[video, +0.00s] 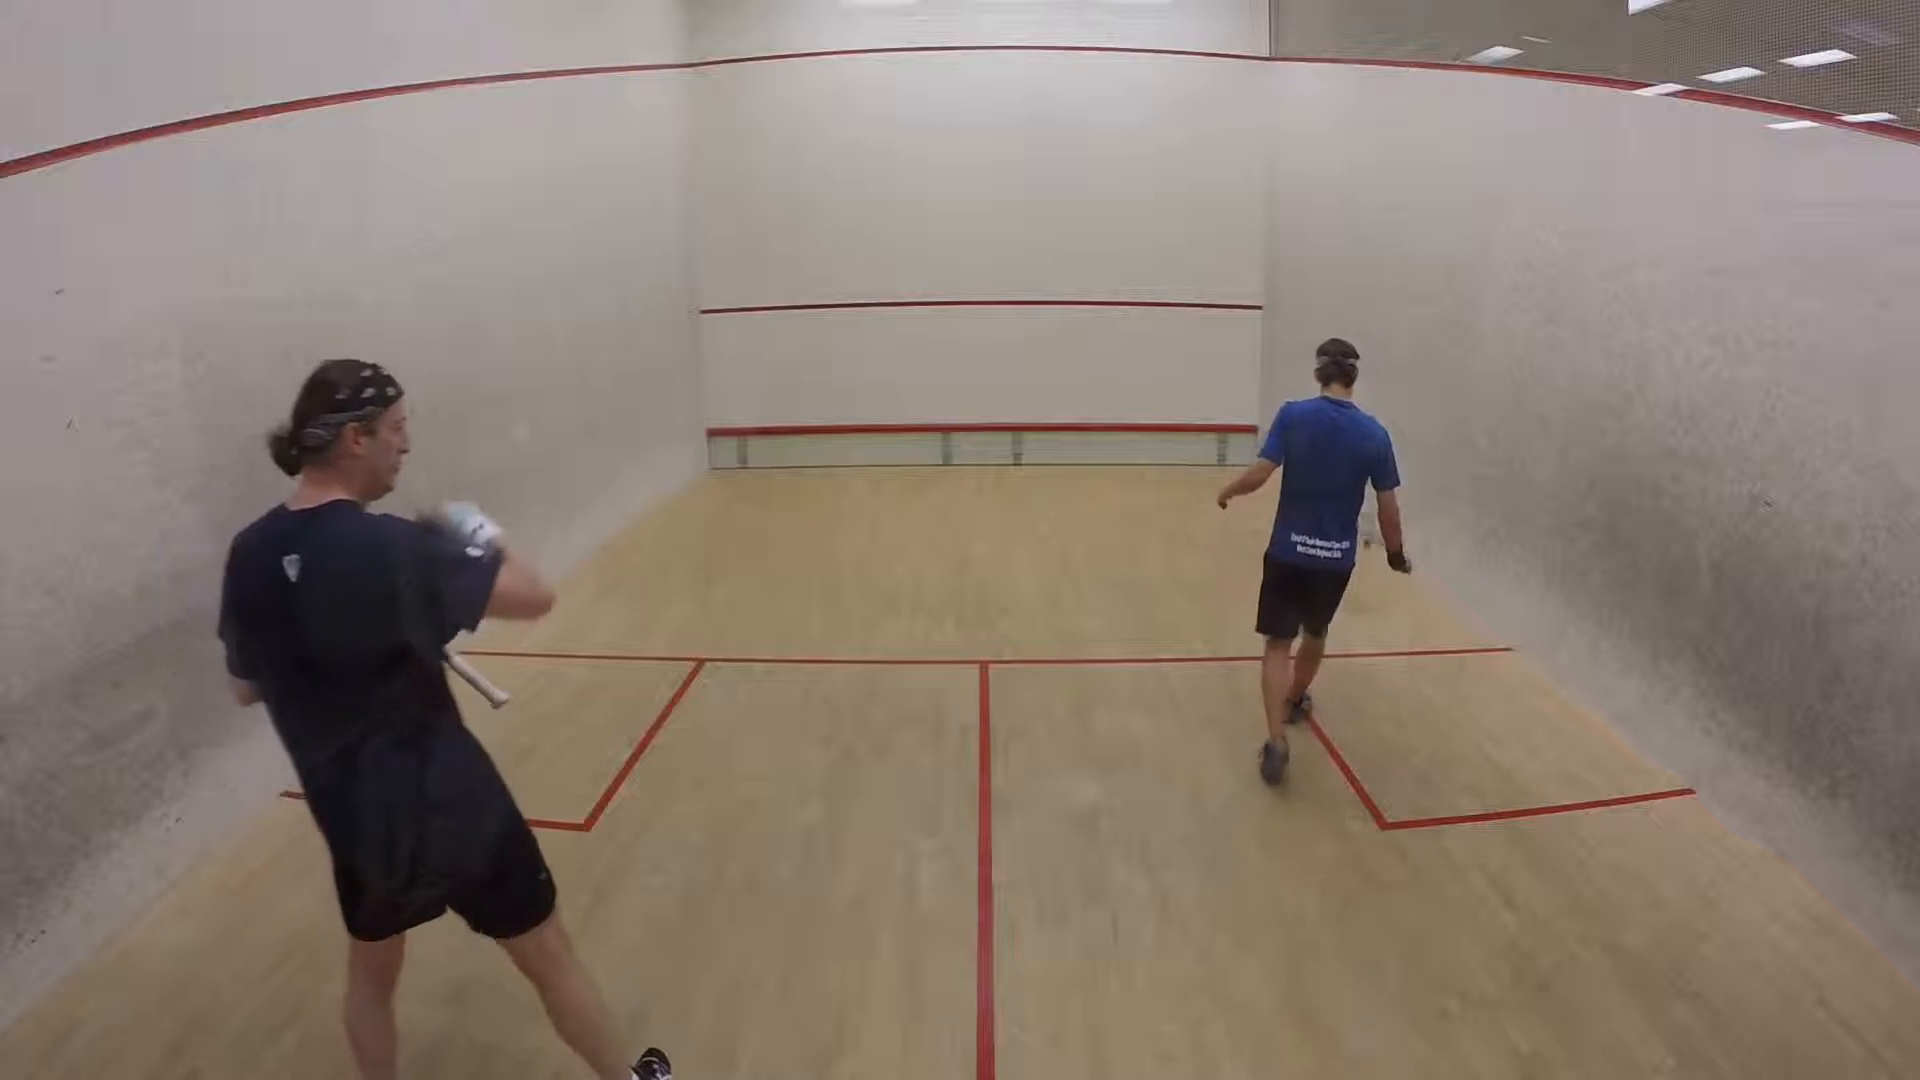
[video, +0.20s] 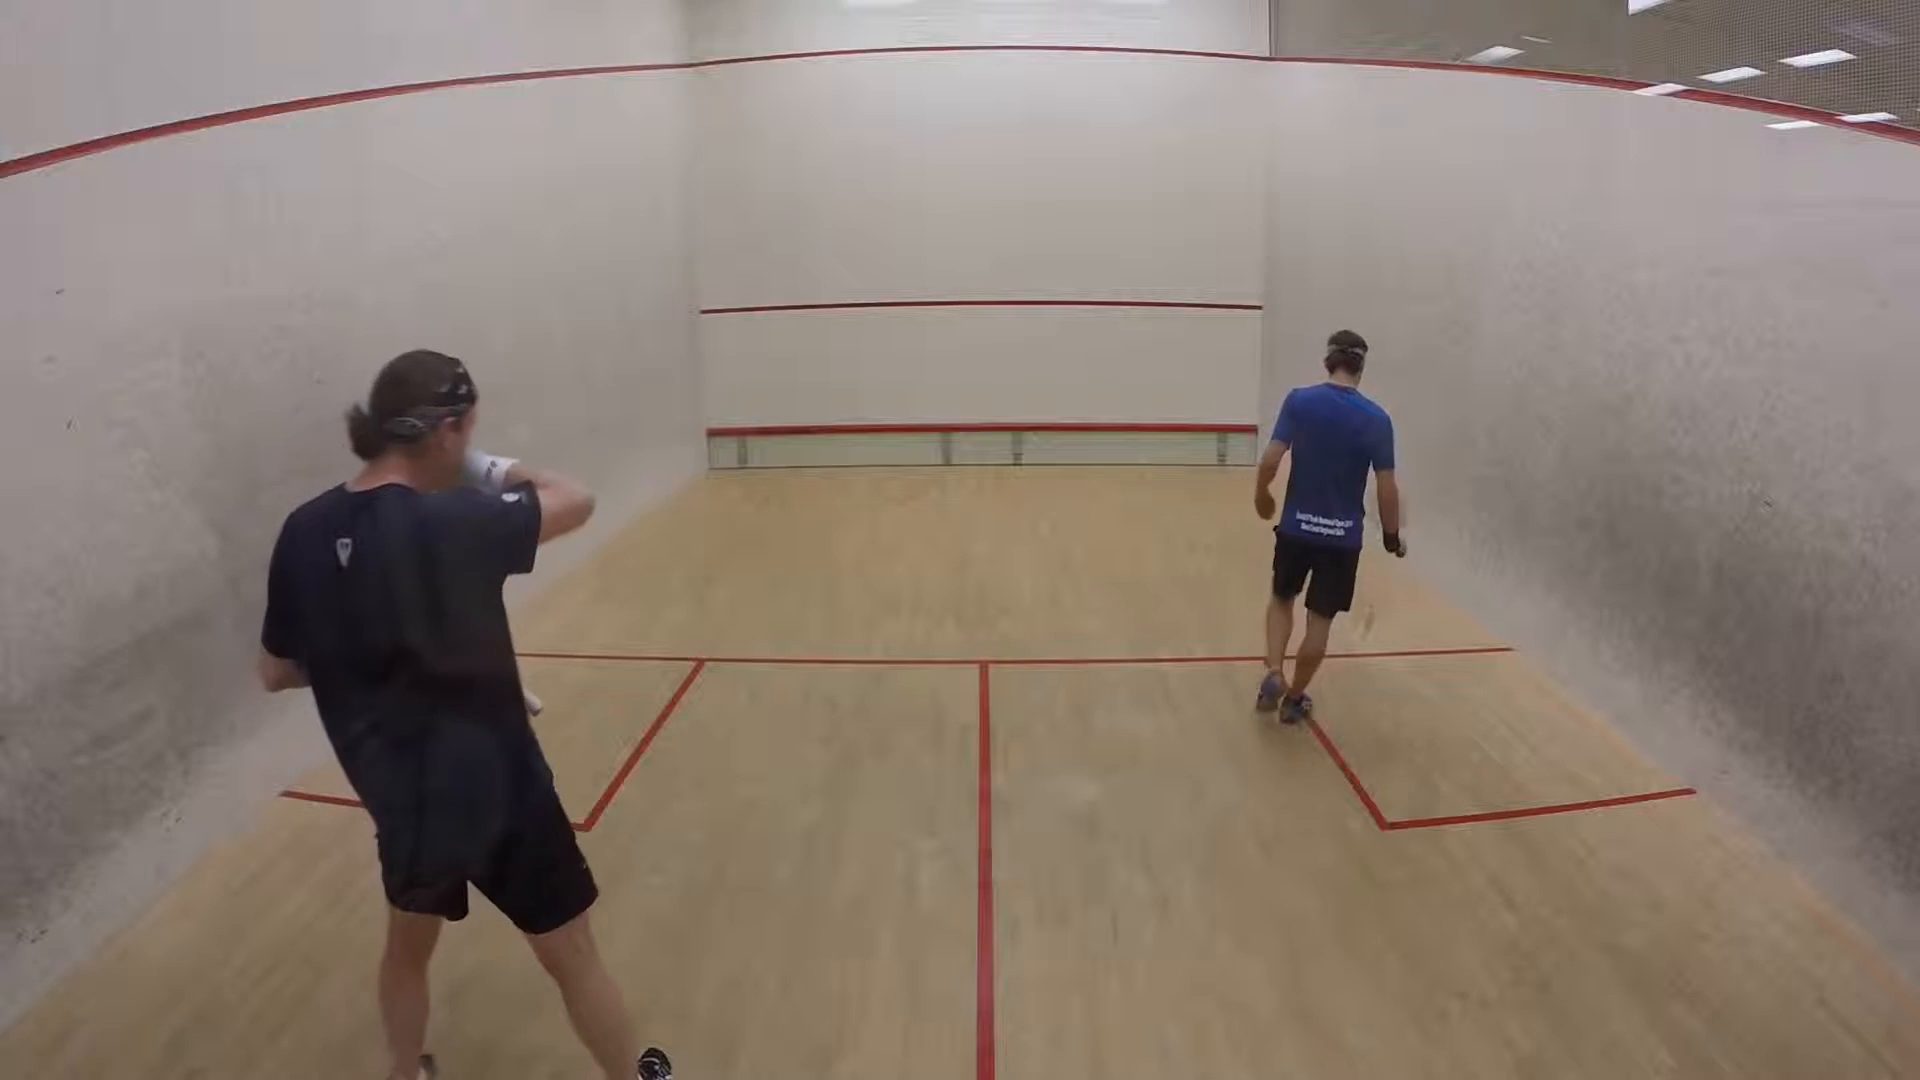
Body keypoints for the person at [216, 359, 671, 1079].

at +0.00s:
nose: (405, 447)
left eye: (403, 431)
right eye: (396, 432)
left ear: (329, 441)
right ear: (353, 441)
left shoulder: (250, 551)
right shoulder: (392, 546)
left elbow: (246, 684)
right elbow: (531, 596)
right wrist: (474, 531)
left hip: (349, 805)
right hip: (447, 791)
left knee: (371, 974)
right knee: (547, 957)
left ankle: (379, 1077)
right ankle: (629, 1074)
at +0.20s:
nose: (471, 444)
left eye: (471, 429)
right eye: (467, 430)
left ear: (378, 429)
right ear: (440, 432)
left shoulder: (305, 532)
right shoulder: (460, 521)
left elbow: (275, 671)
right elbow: (573, 501)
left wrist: (361, 648)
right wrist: (485, 468)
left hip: (404, 804)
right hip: (501, 792)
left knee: (406, 949)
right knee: (573, 958)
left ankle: (406, 1070)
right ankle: (632, 1072)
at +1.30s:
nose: (474, 426)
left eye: (470, 409)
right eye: (463, 411)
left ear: (388, 424)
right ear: (422, 422)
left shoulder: (315, 523)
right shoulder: (450, 526)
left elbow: (296, 658)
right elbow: (583, 598)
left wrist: (392, 616)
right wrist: (522, 567)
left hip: (402, 797)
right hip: (495, 783)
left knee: (419, 952)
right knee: (569, 950)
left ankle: (434, 1070)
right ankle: (632, 1071)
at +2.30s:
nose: (475, 407)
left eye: (469, 393)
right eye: (461, 398)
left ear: (398, 425)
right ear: (419, 423)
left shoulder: (325, 526)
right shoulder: (469, 526)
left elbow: (310, 670)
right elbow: (548, 675)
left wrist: (378, 710)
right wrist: (527, 625)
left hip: (407, 789)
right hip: (505, 779)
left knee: (421, 955)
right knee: (575, 954)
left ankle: (436, 1069)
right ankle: (632, 1070)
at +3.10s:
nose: (437, 410)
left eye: (429, 397)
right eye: (430, 400)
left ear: (345, 431)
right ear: (414, 421)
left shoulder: (305, 540)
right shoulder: (475, 512)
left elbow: (283, 695)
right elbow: (569, 643)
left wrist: (311, 796)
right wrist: (499, 657)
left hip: (387, 793)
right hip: (494, 775)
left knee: (411, 949)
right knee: (573, 940)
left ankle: (438, 1067)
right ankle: (631, 1071)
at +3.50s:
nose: (453, 440)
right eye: (448, 430)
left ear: (356, 477)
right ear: (444, 452)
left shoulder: (346, 602)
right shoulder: (505, 531)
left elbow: (280, 756)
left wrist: (238, 847)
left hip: (424, 858)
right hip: (531, 825)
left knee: (394, 1003)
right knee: (580, 953)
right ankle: (641, 1070)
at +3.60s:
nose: (445, 434)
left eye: (436, 421)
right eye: (439, 427)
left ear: (347, 487)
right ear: (437, 453)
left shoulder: (353, 621)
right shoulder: (487, 528)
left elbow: (260, 730)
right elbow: (411, 591)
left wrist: (199, 771)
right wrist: (315, 593)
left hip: (421, 863)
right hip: (520, 830)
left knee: (364, 1017)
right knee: (564, 953)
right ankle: (637, 1069)